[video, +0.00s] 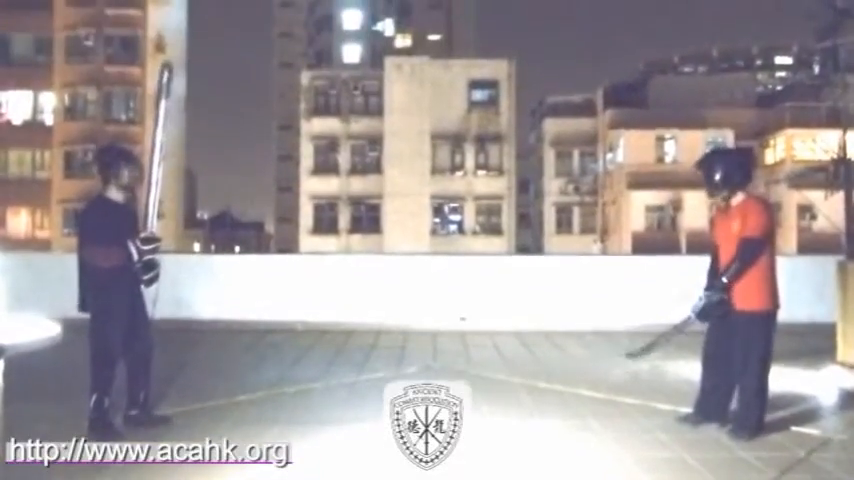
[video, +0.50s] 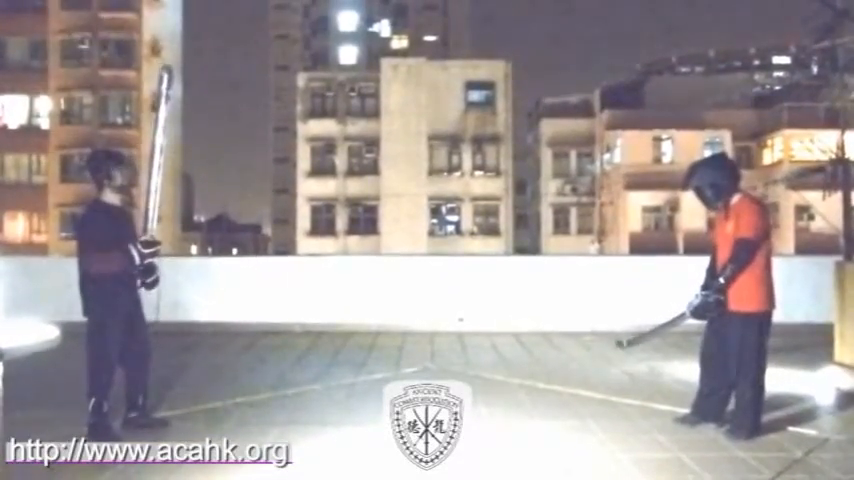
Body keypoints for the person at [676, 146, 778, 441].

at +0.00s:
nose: (709, 184)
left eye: (713, 176)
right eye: (707, 177)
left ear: (729, 176)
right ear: (715, 178)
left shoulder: (756, 209)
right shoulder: (719, 215)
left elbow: (749, 252)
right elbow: (717, 258)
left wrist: (721, 286)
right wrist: (709, 293)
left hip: (755, 303)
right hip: (728, 301)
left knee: (752, 364)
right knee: (717, 357)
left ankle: (748, 420)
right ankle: (709, 409)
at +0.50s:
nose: (702, 197)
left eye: (703, 190)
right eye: (699, 192)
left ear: (717, 185)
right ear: (718, 186)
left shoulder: (749, 208)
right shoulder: (722, 214)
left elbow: (744, 251)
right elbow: (717, 259)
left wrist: (718, 287)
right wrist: (706, 290)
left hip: (751, 303)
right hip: (726, 301)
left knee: (747, 365)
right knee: (715, 358)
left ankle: (745, 421)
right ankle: (707, 410)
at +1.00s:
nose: (704, 192)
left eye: (706, 184)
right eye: (702, 185)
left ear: (722, 180)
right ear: (716, 182)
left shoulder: (752, 208)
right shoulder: (721, 213)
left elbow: (748, 250)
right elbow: (719, 257)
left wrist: (722, 288)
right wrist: (708, 290)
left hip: (753, 303)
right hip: (727, 301)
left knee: (750, 364)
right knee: (716, 357)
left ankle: (746, 422)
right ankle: (708, 410)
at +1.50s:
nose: (724, 182)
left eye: (727, 174)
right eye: (722, 175)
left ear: (743, 170)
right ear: (736, 172)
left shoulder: (772, 198)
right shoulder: (741, 204)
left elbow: (767, 243)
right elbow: (738, 248)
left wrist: (740, 280)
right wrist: (727, 280)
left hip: (773, 295)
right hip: (747, 293)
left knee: (771, 357)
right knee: (736, 350)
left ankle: (769, 414)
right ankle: (731, 403)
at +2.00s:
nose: (719, 189)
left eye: (722, 181)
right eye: (718, 182)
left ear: (738, 178)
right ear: (733, 181)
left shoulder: (766, 208)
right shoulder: (736, 212)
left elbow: (760, 249)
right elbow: (731, 255)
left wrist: (733, 285)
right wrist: (720, 286)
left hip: (764, 302)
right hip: (739, 300)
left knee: (761, 363)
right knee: (727, 356)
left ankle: (758, 420)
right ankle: (719, 408)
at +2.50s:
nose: (720, 187)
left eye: (723, 180)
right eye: (719, 181)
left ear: (739, 178)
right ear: (736, 179)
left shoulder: (768, 206)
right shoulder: (737, 210)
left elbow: (762, 249)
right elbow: (732, 253)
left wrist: (735, 284)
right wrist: (721, 285)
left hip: (765, 301)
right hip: (740, 298)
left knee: (762, 362)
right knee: (727, 354)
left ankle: (759, 419)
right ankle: (720, 407)